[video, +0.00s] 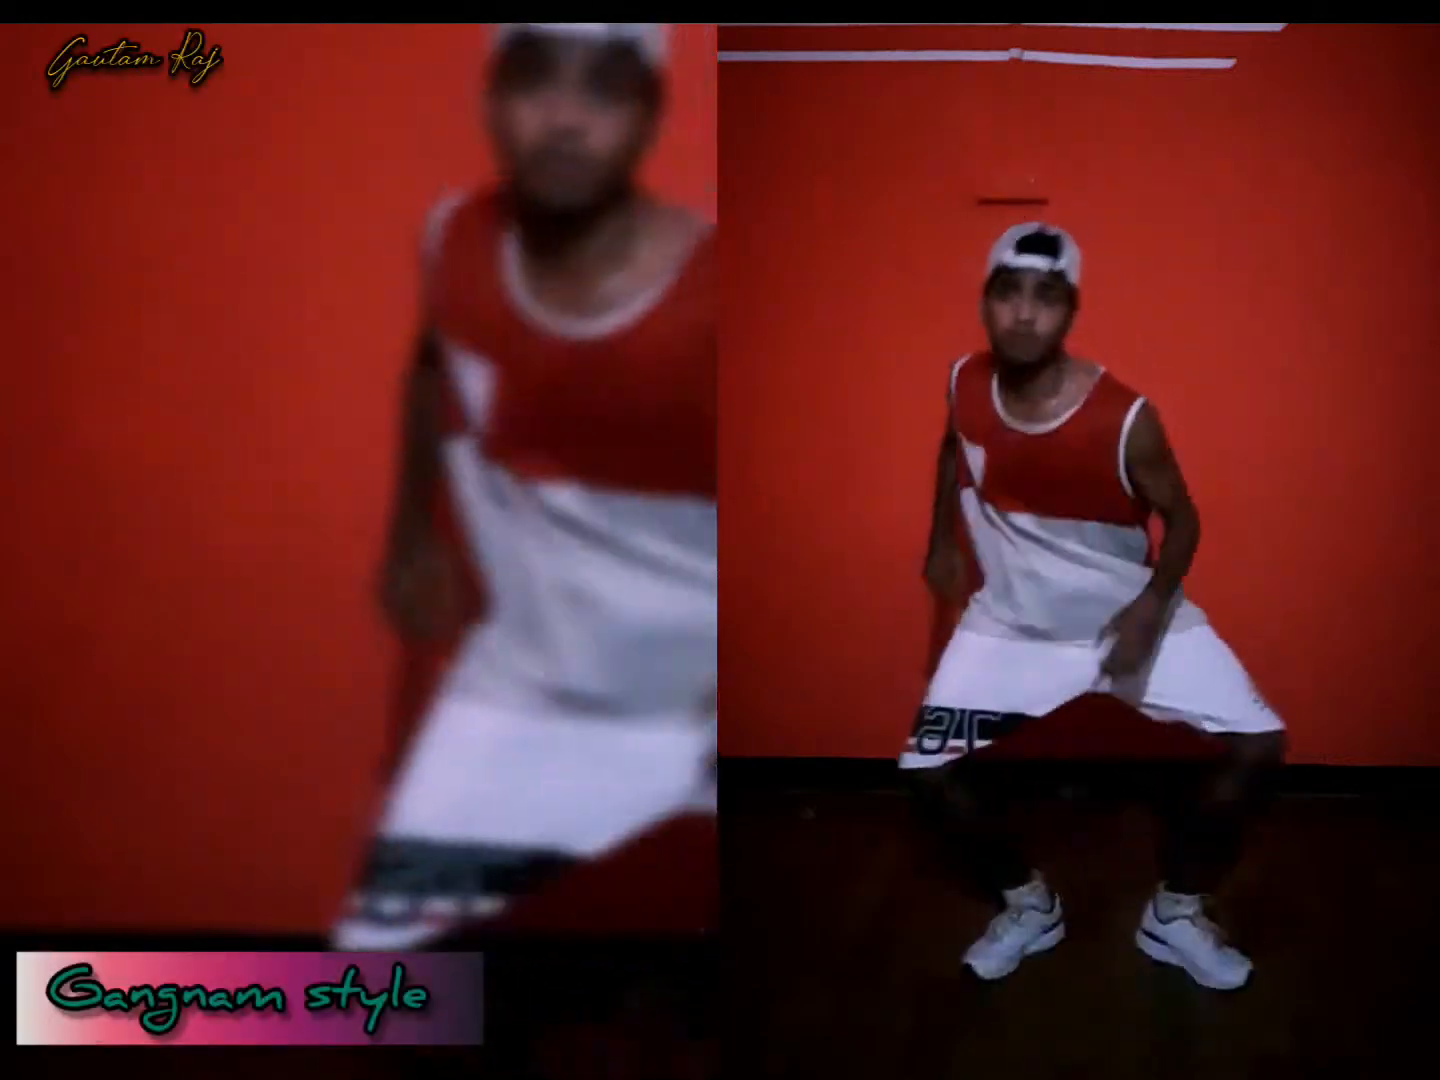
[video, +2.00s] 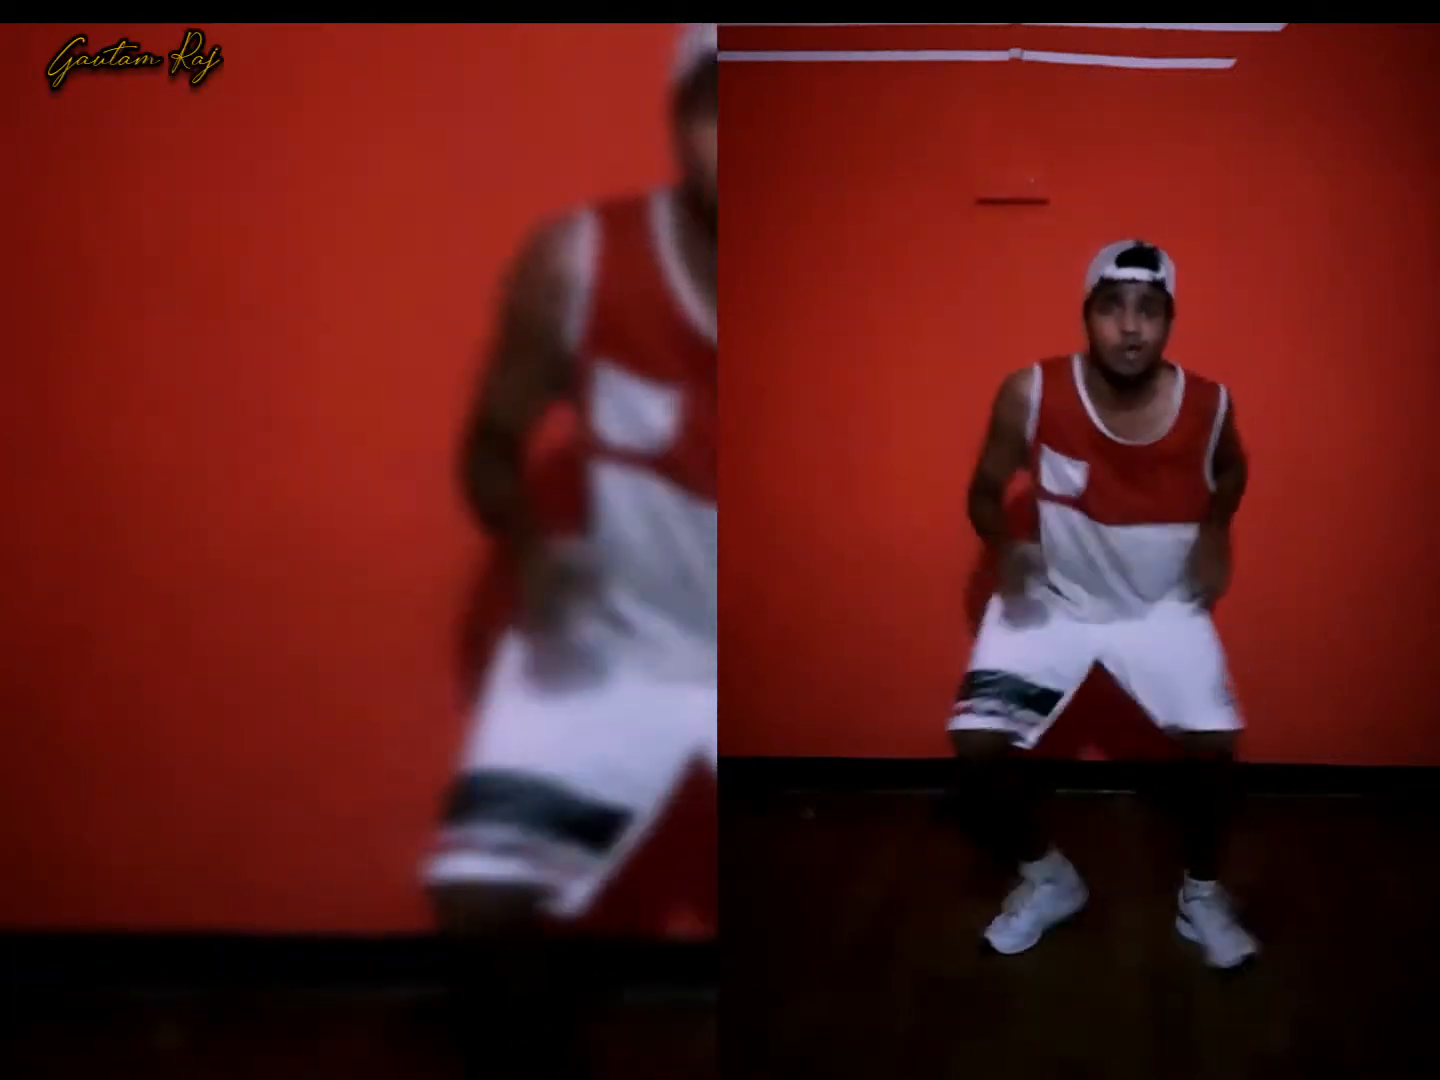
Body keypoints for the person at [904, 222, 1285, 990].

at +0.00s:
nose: (1022, 315)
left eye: (1044, 300)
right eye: (1007, 296)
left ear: (1071, 315)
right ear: (987, 307)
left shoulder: (1125, 419)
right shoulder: (968, 386)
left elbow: (1182, 520)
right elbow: (955, 452)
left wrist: (1150, 615)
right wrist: (943, 542)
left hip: (1128, 622)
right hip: (1009, 623)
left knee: (1255, 742)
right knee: (932, 766)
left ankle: (1175, 912)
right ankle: (1027, 903)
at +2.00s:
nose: (1132, 328)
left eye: (1148, 311)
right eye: (1115, 310)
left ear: (1170, 323)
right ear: (1087, 319)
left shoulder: (1207, 408)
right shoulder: (1033, 396)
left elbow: (1229, 474)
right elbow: (986, 489)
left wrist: (1214, 532)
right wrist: (1004, 546)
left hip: (1163, 609)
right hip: (1051, 602)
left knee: (1212, 744)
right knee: (978, 740)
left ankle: (1202, 895)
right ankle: (1044, 877)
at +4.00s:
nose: (1185, 253)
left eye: (1204, 238)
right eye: (1171, 232)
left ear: (1228, 249)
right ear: (1148, 236)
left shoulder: (1244, 357)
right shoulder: (1113, 291)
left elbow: (1225, 496)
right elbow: (1070, 385)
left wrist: (1174, 426)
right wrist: (1025, 466)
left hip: (1156, 593)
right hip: (1079, 573)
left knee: (1110, 774)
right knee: (1075, 765)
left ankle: (1109, 941)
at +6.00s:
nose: (1089, 302)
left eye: (1107, 284)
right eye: (1074, 284)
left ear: (1138, 293)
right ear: (1058, 295)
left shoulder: (1202, 359)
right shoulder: (1037, 401)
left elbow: (1260, 390)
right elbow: (1039, 556)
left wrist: (1242, 499)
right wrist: (1066, 445)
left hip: (1113, 628)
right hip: (1023, 606)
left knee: (1064, 800)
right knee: (979, 757)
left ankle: (1034, 863)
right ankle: (1087, 899)